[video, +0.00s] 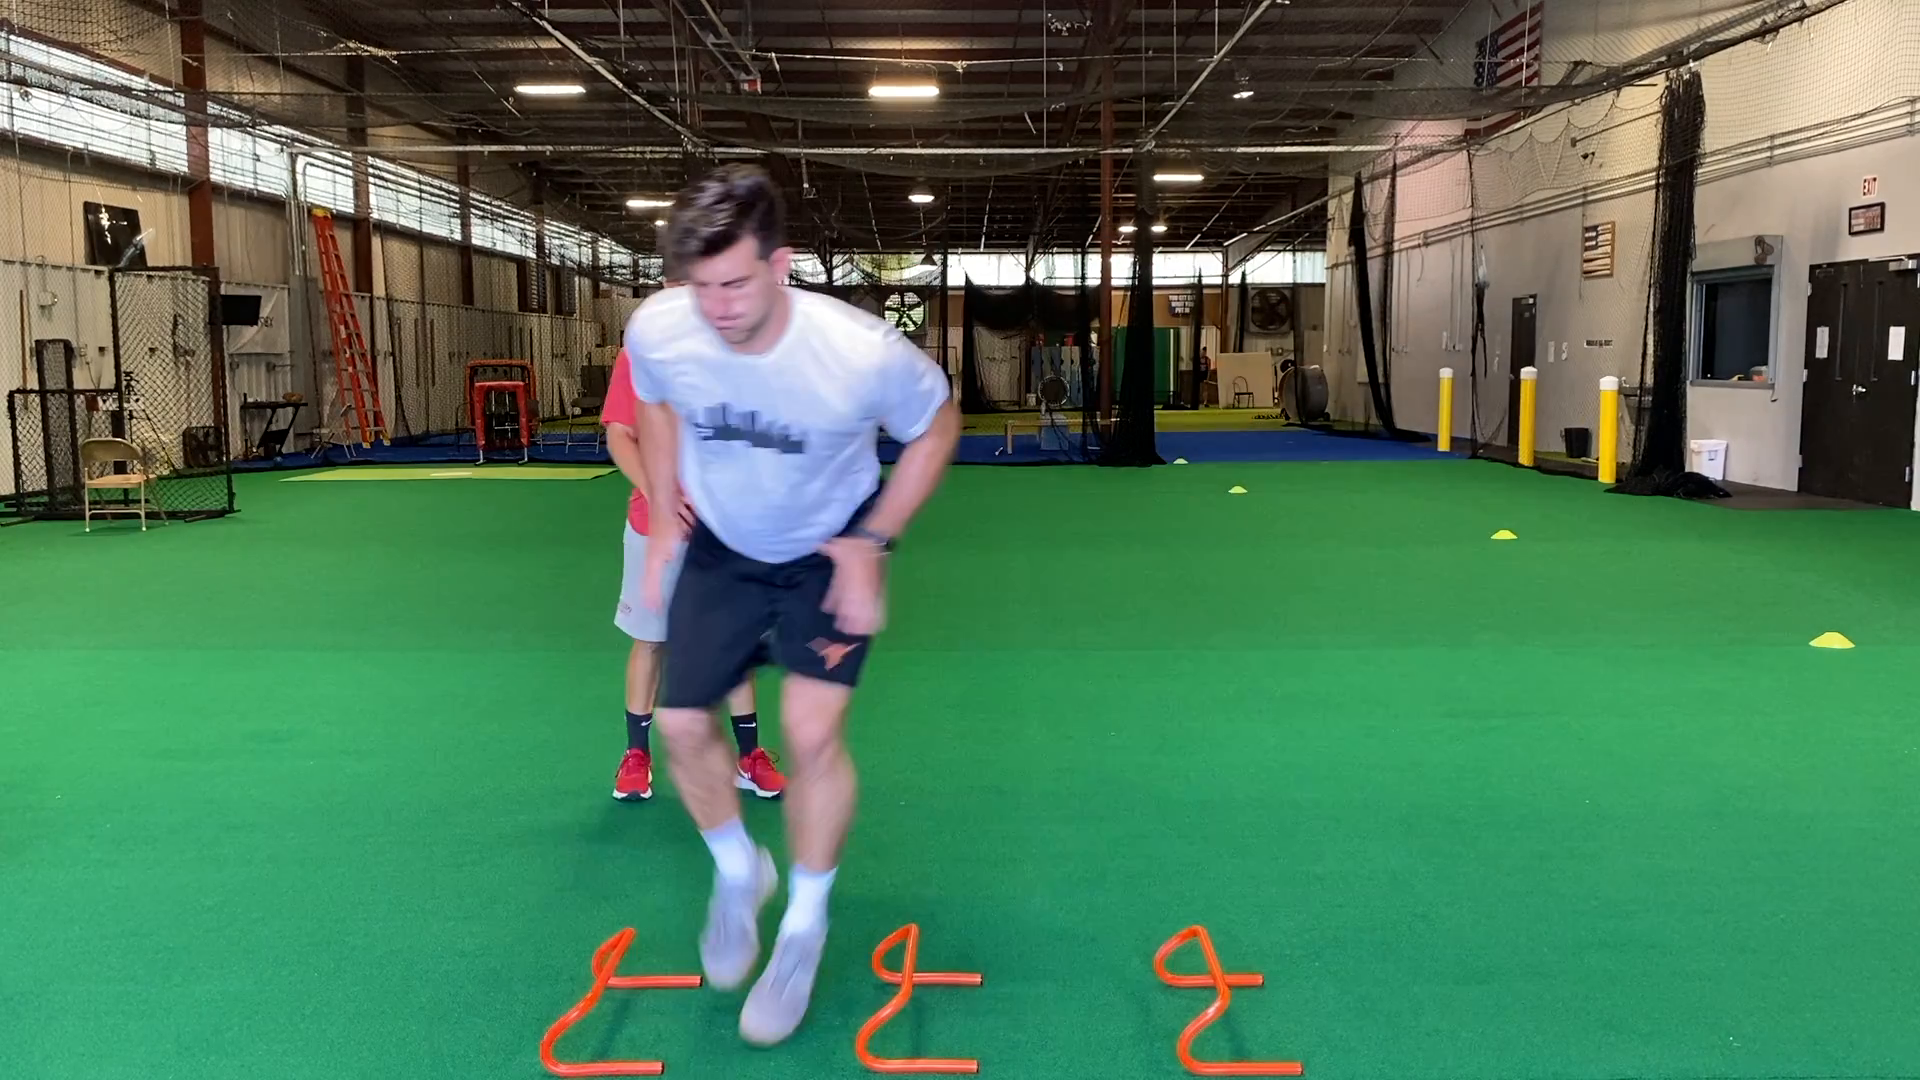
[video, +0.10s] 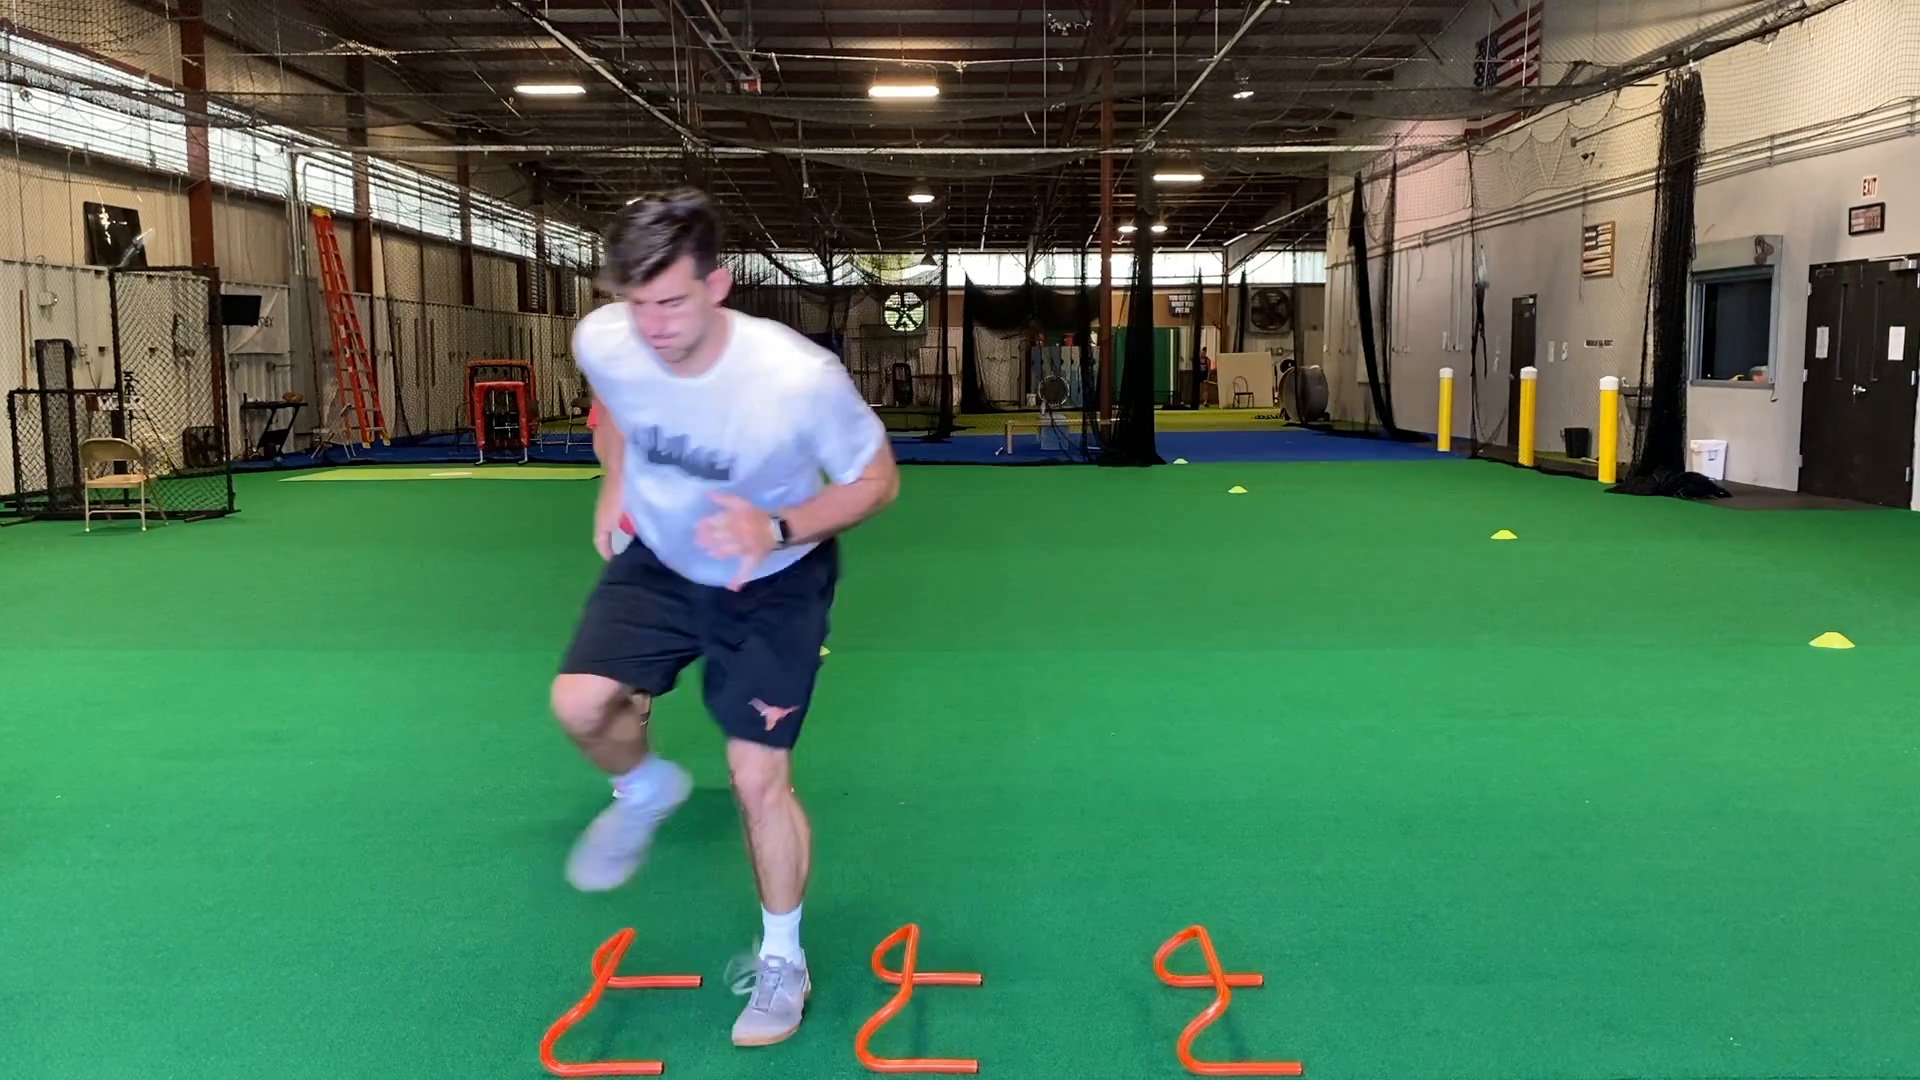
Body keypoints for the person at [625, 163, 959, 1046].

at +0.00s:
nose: (719, 304)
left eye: (737, 282)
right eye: (702, 285)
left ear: (783, 263)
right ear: (683, 276)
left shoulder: (860, 351)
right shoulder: (658, 333)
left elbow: (939, 423)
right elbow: (659, 403)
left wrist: (874, 540)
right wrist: (664, 507)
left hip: (826, 556)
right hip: (716, 551)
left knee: (810, 737)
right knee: (681, 722)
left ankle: (804, 928)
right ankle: (738, 870)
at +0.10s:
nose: (656, 322)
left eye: (674, 301)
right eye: (640, 303)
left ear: (720, 285)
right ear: (622, 295)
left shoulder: (801, 378)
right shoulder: (605, 342)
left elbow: (879, 479)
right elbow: (610, 404)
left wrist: (781, 527)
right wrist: (615, 484)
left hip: (772, 584)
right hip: (656, 562)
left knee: (757, 772)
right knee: (581, 701)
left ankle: (781, 958)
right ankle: (646, 788)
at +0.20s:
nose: (582, 324)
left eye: (599, 302)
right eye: (566, 305)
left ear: (647, 284)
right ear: (550, 297)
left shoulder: (730, 365)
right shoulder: (532, 346)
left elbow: (837, 434)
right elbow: (555, 418)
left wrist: (766, 555)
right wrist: (563, 521)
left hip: (726, 576)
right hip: (609, 569)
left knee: (724, 751)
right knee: (533, 733)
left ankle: (778, 940)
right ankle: (515, 892)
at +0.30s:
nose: (515, 346)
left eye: (532, 323)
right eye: (499, 328)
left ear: (582, 304)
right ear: (483, 318)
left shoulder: (671, 375)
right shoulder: (471, 384)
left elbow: (797, 408)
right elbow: (489, 466)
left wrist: (788, 541)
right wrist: (499, 562)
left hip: (675, 580)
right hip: (558, 593)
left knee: (659, 734)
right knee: (507, 784)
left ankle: (739, 861)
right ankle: (490, 962)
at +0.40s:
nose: (466, 370)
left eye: (483, 348)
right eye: (450, 351)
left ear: (533, 330)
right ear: (434, 344)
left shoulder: (623, 399)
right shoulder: (424, 411)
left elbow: (752, 421)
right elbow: (437, 495)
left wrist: (755, 556)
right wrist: (442, 571)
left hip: (641, 584)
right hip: (522, 606)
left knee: (603, 734)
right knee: (476, 798)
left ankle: (686, 790)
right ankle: (488, 964)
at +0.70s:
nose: (400, 379)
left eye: (415, 358)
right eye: (383, 361)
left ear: (460, 332)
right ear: (366, 349)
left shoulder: (560, 398)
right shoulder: (357, 403)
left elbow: (686, 446)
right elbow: (365, 483)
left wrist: (665, 584)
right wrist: (369, 583)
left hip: (583, 581)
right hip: (466, 608)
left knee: (579, 745)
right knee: (458, 785)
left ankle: (608, 772)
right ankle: (484, 961)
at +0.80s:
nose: (394, 377)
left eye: (410, 355)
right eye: (379, 359)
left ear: (453, 329)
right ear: (361, 348)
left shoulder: (556, 400)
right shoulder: (352, 392)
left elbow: (665, 492)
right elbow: (368, 465)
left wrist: (606, 624)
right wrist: (378, 569)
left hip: (573, 580)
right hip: (461, 596)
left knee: (572, 758)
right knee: (459, 779)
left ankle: (568, 776)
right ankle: (484, 962)